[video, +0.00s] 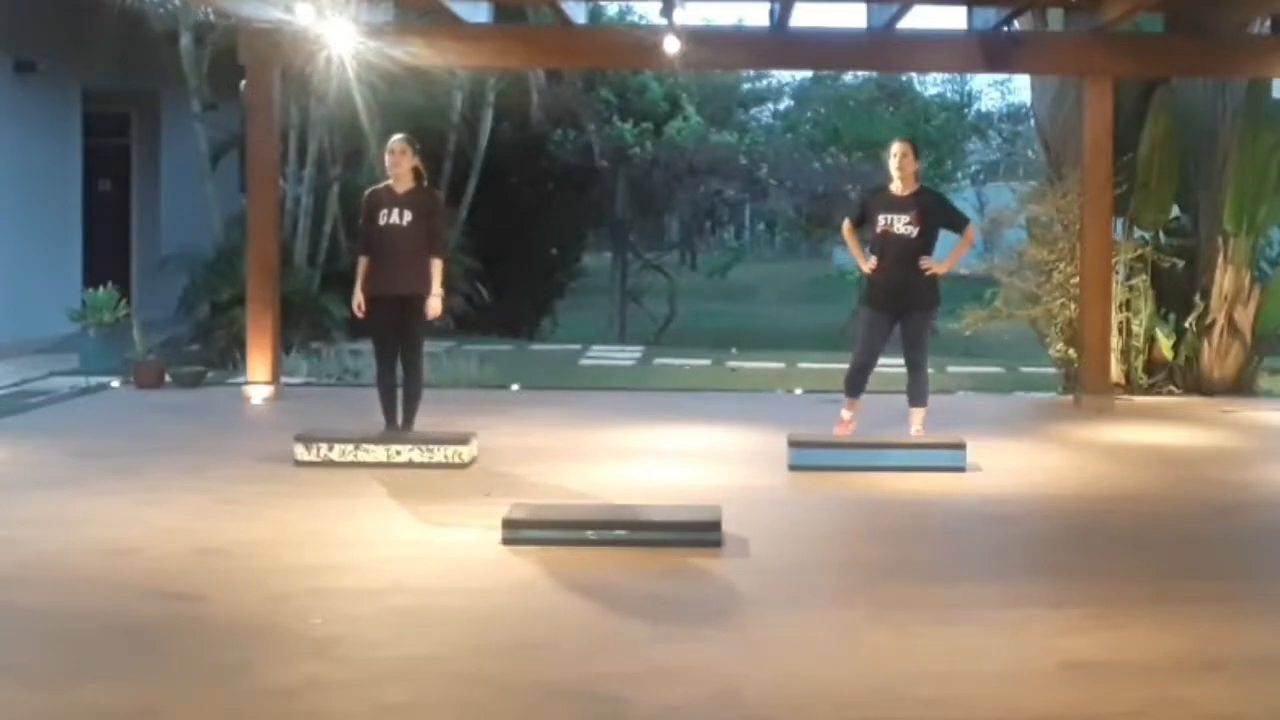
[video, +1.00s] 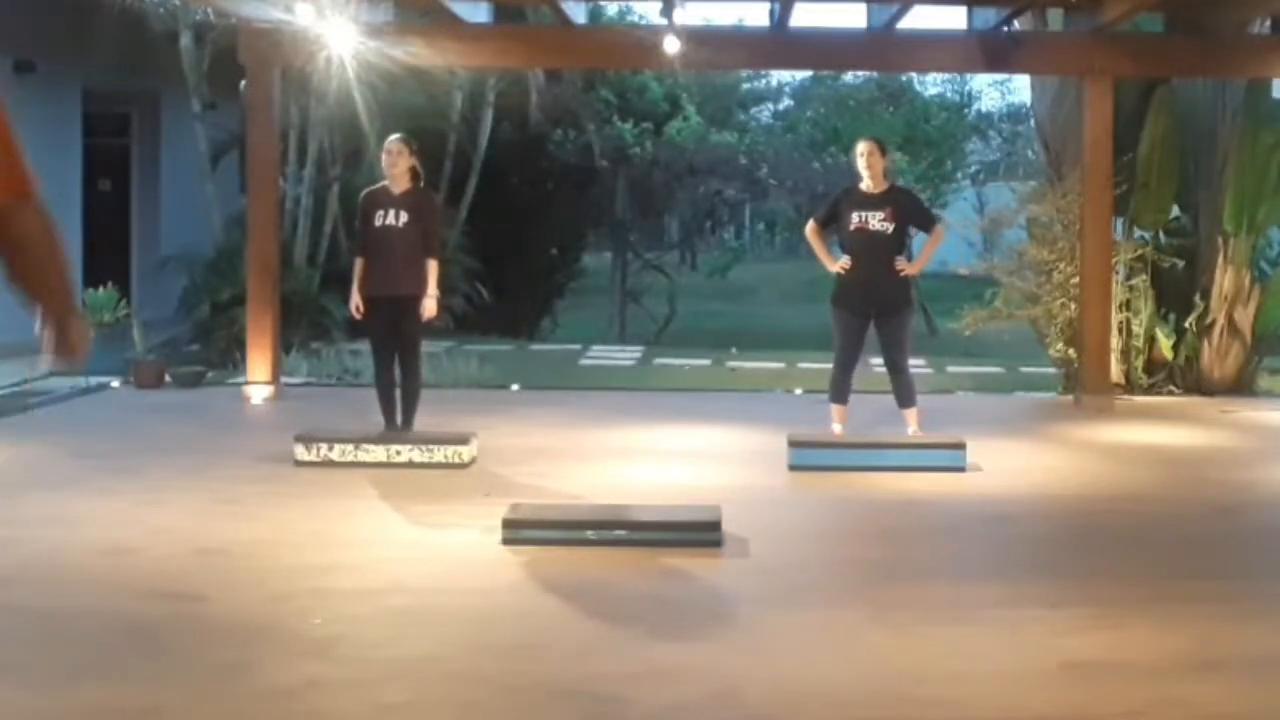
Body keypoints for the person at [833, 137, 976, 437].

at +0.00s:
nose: (898, 161)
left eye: (904, 156)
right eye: (894, 156)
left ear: (916, 163)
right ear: (888, 162)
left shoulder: (931, 200)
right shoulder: (874, 198)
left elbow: (969, 232)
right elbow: (847, 226)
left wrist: (946, 264)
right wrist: (862, 259)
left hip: (918, 290)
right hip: (881, 288)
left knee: (916, 359)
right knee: (865, 354)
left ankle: (917, 426)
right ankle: (849, 410)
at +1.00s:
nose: (866, 160)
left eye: (871, 155)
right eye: (861, 156)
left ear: (884, 160)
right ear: (855, 162)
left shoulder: (902, 198)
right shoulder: (845, 198)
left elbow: (938, 230)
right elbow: (811, 228)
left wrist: (919, 264)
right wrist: (830, 261)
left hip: (892, 287)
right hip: (852, 287)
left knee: (897, 362)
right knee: (845, 359)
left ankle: (913, 429)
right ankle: (838, 430)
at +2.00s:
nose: (870, 160)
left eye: (875, 154)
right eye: (866, 155)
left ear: (889, 161)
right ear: (860, 162)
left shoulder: (906, 199)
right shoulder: (847, 200)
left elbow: (943, 230)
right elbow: (818, 230)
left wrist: (922, 265)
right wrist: (835, 263)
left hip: (896, 288)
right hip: (857, 288)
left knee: (900, 361)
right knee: (849, 359)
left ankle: (914, 429)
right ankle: (838, 428)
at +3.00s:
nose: (876, 162)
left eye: (882, 157)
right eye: (871, 156)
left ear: (890, 162)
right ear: (861, 160)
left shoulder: (905, 198)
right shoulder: (844, 199)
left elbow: (941, 226)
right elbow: (814, 230)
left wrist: (922, 264)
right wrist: (834, 263)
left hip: (897, 287)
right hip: (856, 287)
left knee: (901, 361)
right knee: (848, 359)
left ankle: (914, 429)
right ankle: (837, 429)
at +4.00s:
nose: (859, 171)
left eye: (865, 165)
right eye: (854, 164)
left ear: (875, 167)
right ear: (846, 165)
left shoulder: (886, 199)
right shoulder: (828, 199)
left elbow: (915, 228)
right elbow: (792, 227)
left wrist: (901, 259)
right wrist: (814, 261)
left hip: (877, 286)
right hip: (839, 286)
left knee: (887, 357)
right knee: (839, 357)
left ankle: (896, 420)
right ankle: (837, 426)